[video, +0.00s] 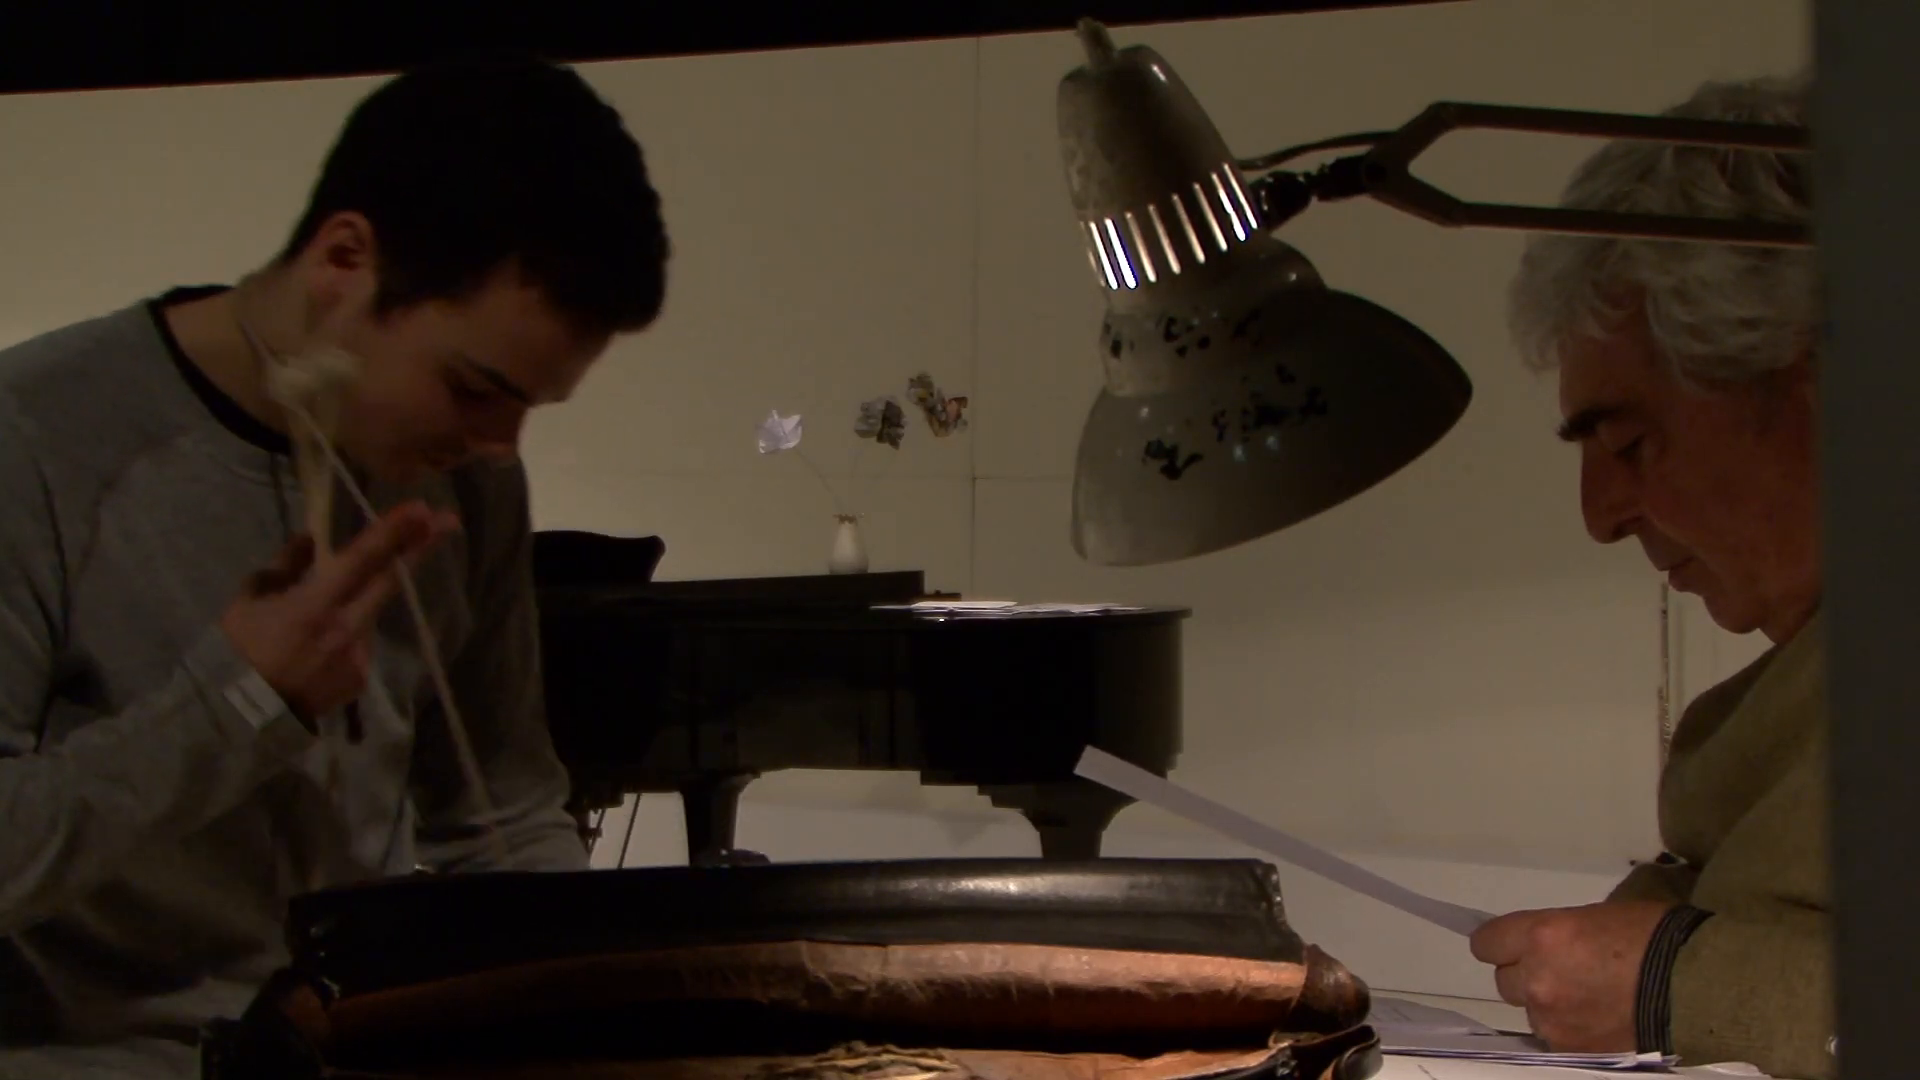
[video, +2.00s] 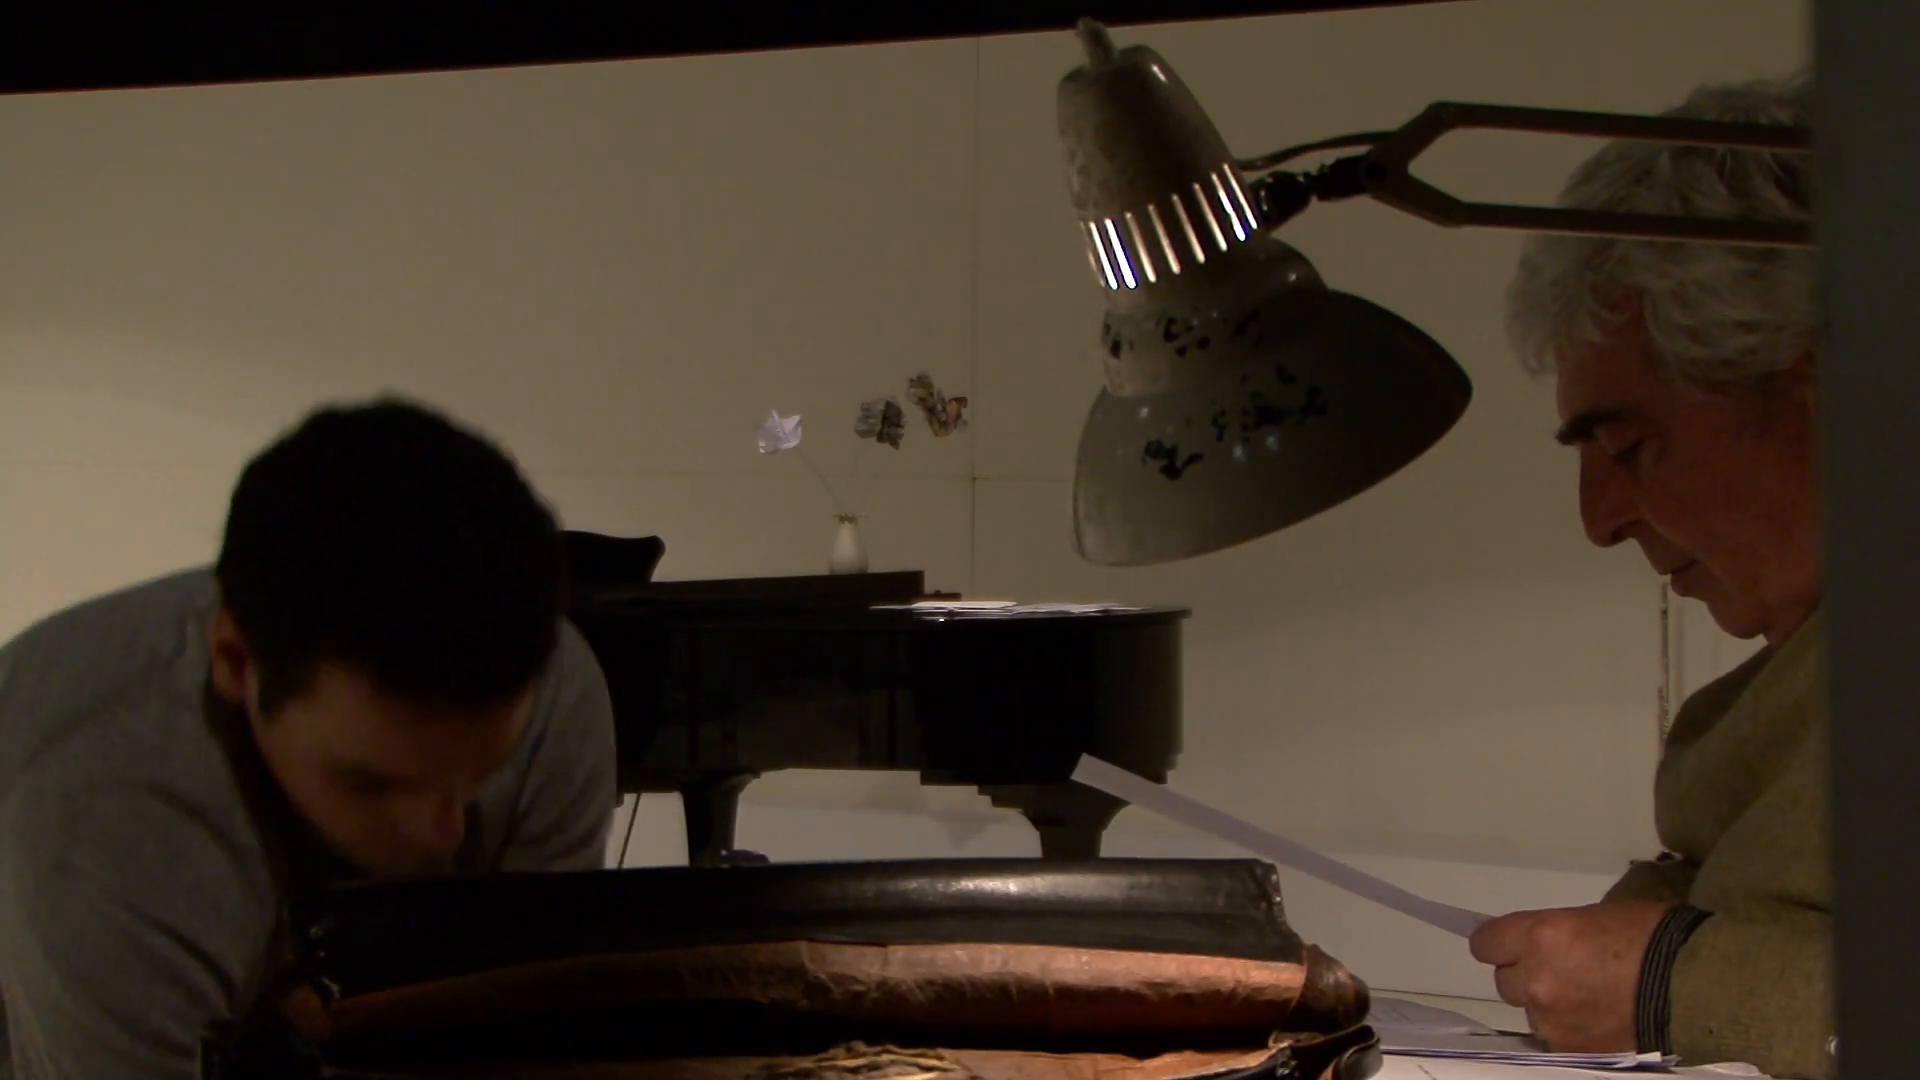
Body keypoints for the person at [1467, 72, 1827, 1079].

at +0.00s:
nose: (1602, 516)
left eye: (1627, 438)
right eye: (1591, 450)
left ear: (1808, 381)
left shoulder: (1873, 658)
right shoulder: (1798, 668)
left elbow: (1895, 1005)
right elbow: (1741, 866)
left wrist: (1674, 984)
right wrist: (1650, 927)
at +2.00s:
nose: (1601, 520)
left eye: (1624, 442)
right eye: (1591, 455)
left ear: (1810, 379)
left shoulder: (1873, 653)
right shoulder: (1792, 669)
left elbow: (1894, 1003)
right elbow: (1732, 873)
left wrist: (1674, 983)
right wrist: (1643, 947)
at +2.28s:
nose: (1602, 519)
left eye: (1628, 442)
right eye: (1592, 453)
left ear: (1807, 381)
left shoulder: (1872, 652)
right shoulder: (1795, 665)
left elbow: (1893, 1007)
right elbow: (1727, 871)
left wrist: (1672, 983)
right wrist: (1641, 943)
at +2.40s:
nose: (1602, 520)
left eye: (1628, 442)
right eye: (1592, 455)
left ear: (1806, 381)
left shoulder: (1874, 652)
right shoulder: (1797, 664)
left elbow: (1894, 1006)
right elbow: (1729, 873)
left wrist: (1674, 984)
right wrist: (1641, 949)